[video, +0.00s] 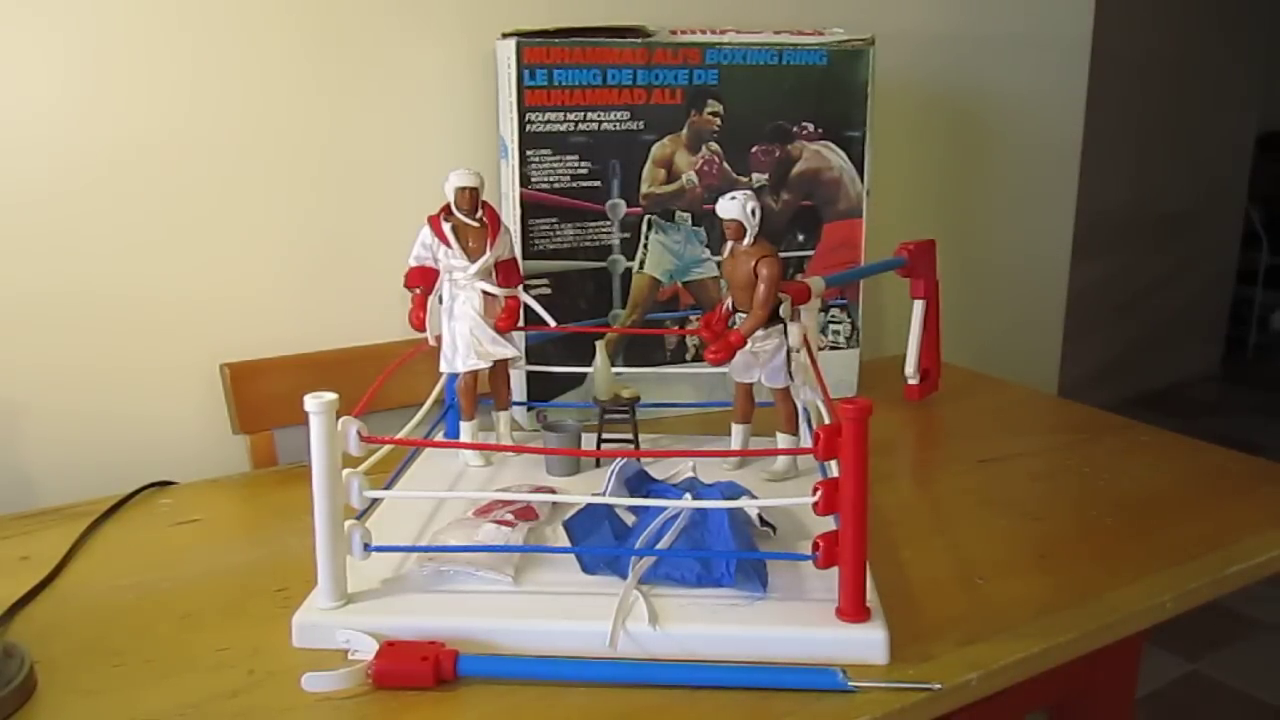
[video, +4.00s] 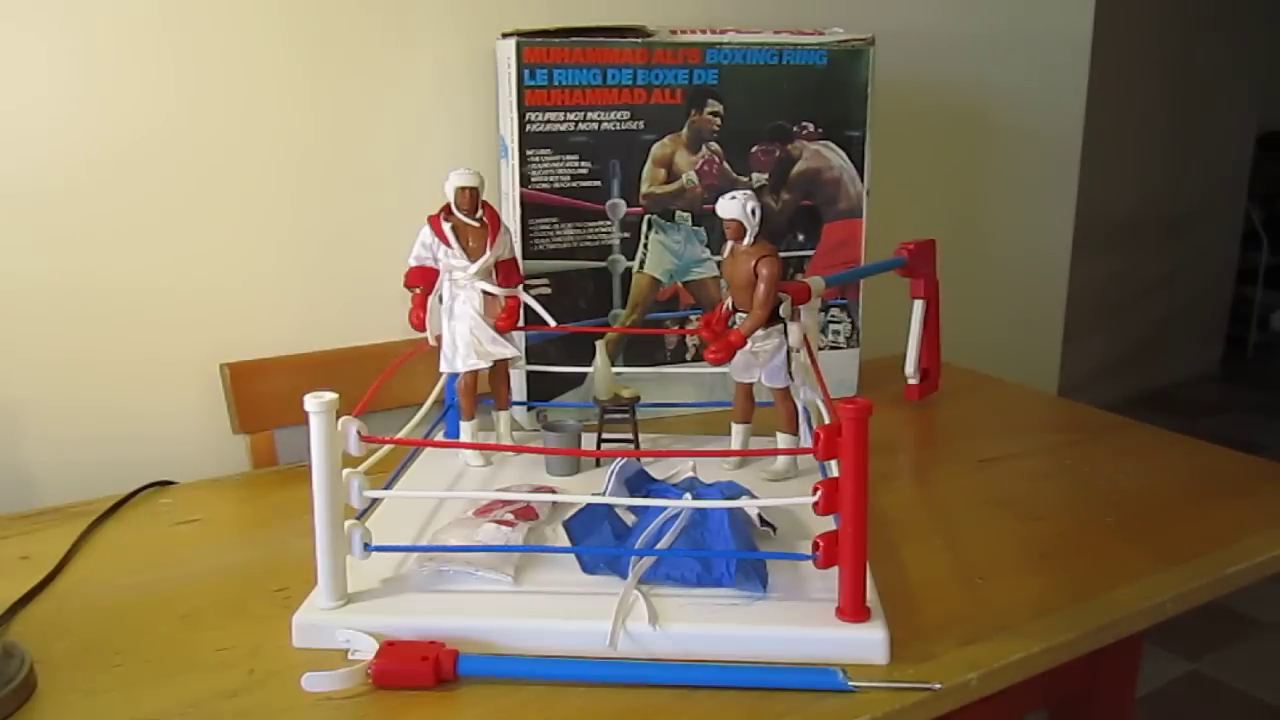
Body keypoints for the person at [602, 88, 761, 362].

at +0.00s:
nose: (718, 122)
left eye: (720, 116)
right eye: (713, 114)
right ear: (694, 115)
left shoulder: (712, 150)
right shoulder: (665, 148)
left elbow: (731, 182)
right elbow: (646, 197)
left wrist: (755, 180)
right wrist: (683, 183)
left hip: (693, 237)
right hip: (660, 235)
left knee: (719, 310)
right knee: (634, 315)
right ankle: (596, 372)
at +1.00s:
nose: (719, 122)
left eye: (721, 116)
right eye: (714, 115)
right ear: (693, 115)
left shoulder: (712, 151)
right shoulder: (664, 149)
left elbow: (731, 182)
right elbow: (647, 195)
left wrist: (754, 181)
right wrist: (682, 183)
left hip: (694, 237)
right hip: (660, 235)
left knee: (718, 309)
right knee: (635, 313)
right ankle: (597, 371)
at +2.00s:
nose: (719, 122)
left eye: (721, 116)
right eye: (713, 115)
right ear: (694, 114)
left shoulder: (712, 151)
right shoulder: (664, 148)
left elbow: (732, 182)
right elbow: (647, 196)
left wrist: (756, 181)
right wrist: (682, 183)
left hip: (694, 238)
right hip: (660, 235)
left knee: (718, 310)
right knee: (634, 315)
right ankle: (596, 376)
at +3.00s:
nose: (719, 122)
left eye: (720, 116)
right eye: (714, 115)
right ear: (694, 114)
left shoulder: (712, 150)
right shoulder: (665, 148)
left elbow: (731, 182)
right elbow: (647, 197)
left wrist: (755, 181)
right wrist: (683, 183)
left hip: (693, 237)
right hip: (660, 234)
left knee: (718, 309)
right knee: (635, 313)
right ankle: (596, 372)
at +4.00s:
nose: (719, 122)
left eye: (720, 116)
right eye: (714, 115)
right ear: (694, 114)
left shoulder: (712, 150)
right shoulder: (664, 148)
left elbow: (732, 182)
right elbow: (646, 196)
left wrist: (755, 181)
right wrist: (682, 183)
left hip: (693, 237)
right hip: (660, 234)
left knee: (719, 309)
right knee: (635, 313)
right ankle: (596, 370)